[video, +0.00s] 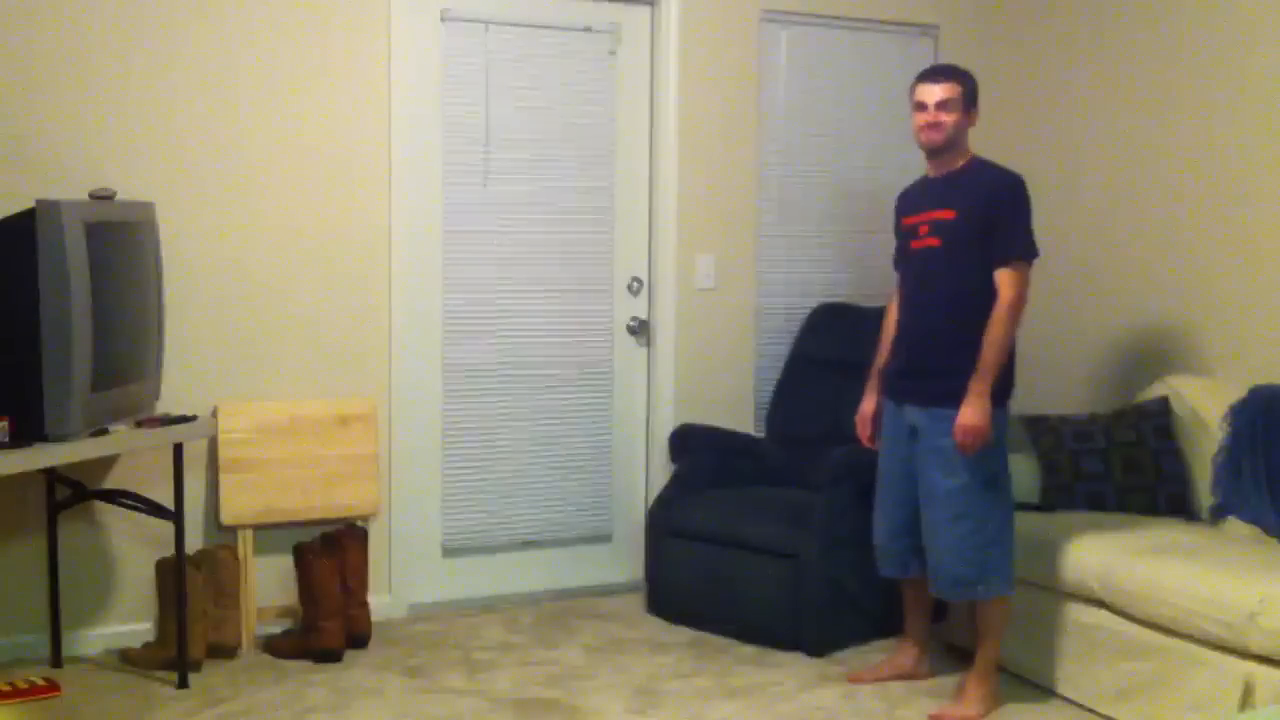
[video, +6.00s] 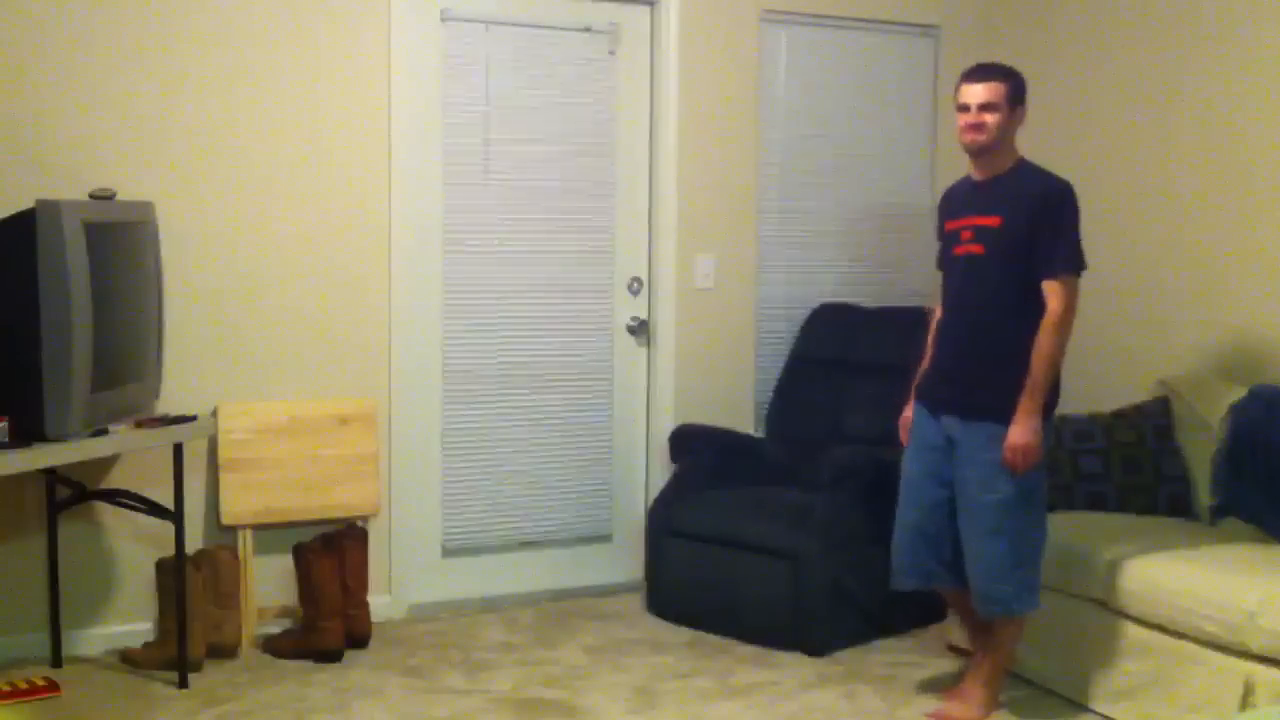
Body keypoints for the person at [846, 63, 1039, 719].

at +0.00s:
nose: (932, 118)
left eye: (945, 107)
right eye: (922, 108)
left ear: (970, 117)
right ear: (911, 118)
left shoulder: (1000, 189)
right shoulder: (909, 201)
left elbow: (1011, 296)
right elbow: (901, 298)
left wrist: (980, 396)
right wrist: (874, 387)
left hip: (963, 404)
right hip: (903, 400)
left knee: (979, 543)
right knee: (908, 531)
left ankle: (983, 678)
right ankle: (913, 650)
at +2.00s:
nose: (943, 131)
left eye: (956, 118)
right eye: (938, 121)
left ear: (996, 116)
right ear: (937, 125)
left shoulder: (1038, 195)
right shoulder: (946, 200)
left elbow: (1052, 308)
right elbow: (940, 302)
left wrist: (1025, 410)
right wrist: (911, 384)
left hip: (1001, 416)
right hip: (937, 406)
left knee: (1001, 556)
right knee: (919, 536)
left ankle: (985, 682)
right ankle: (935, 655)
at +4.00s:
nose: (945, 123)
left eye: (958, 110)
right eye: (941, 112)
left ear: (999, 115)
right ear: (943, 120)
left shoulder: (1041, 193)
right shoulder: (947, 201)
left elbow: (1055, 309)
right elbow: (940, 303)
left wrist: (1020, 411)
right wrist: (909, 393)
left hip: (997, 417)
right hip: (932, 409)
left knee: (996, 562)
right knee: (924, 544)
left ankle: (985, 690)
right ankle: (979, 645)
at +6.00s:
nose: (974, 119)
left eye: (989, 109)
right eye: (965, 109)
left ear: (1016, 118)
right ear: (955, 119)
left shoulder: (1048, 195)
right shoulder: (953, 202)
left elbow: (1058, 310)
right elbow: (947, 306)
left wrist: (1030, 412)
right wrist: (916, 396)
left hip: (1002, 416)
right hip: (938, 409)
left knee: (999, 562)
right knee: (928, 544)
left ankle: (985, 688)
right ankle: (982, 642)